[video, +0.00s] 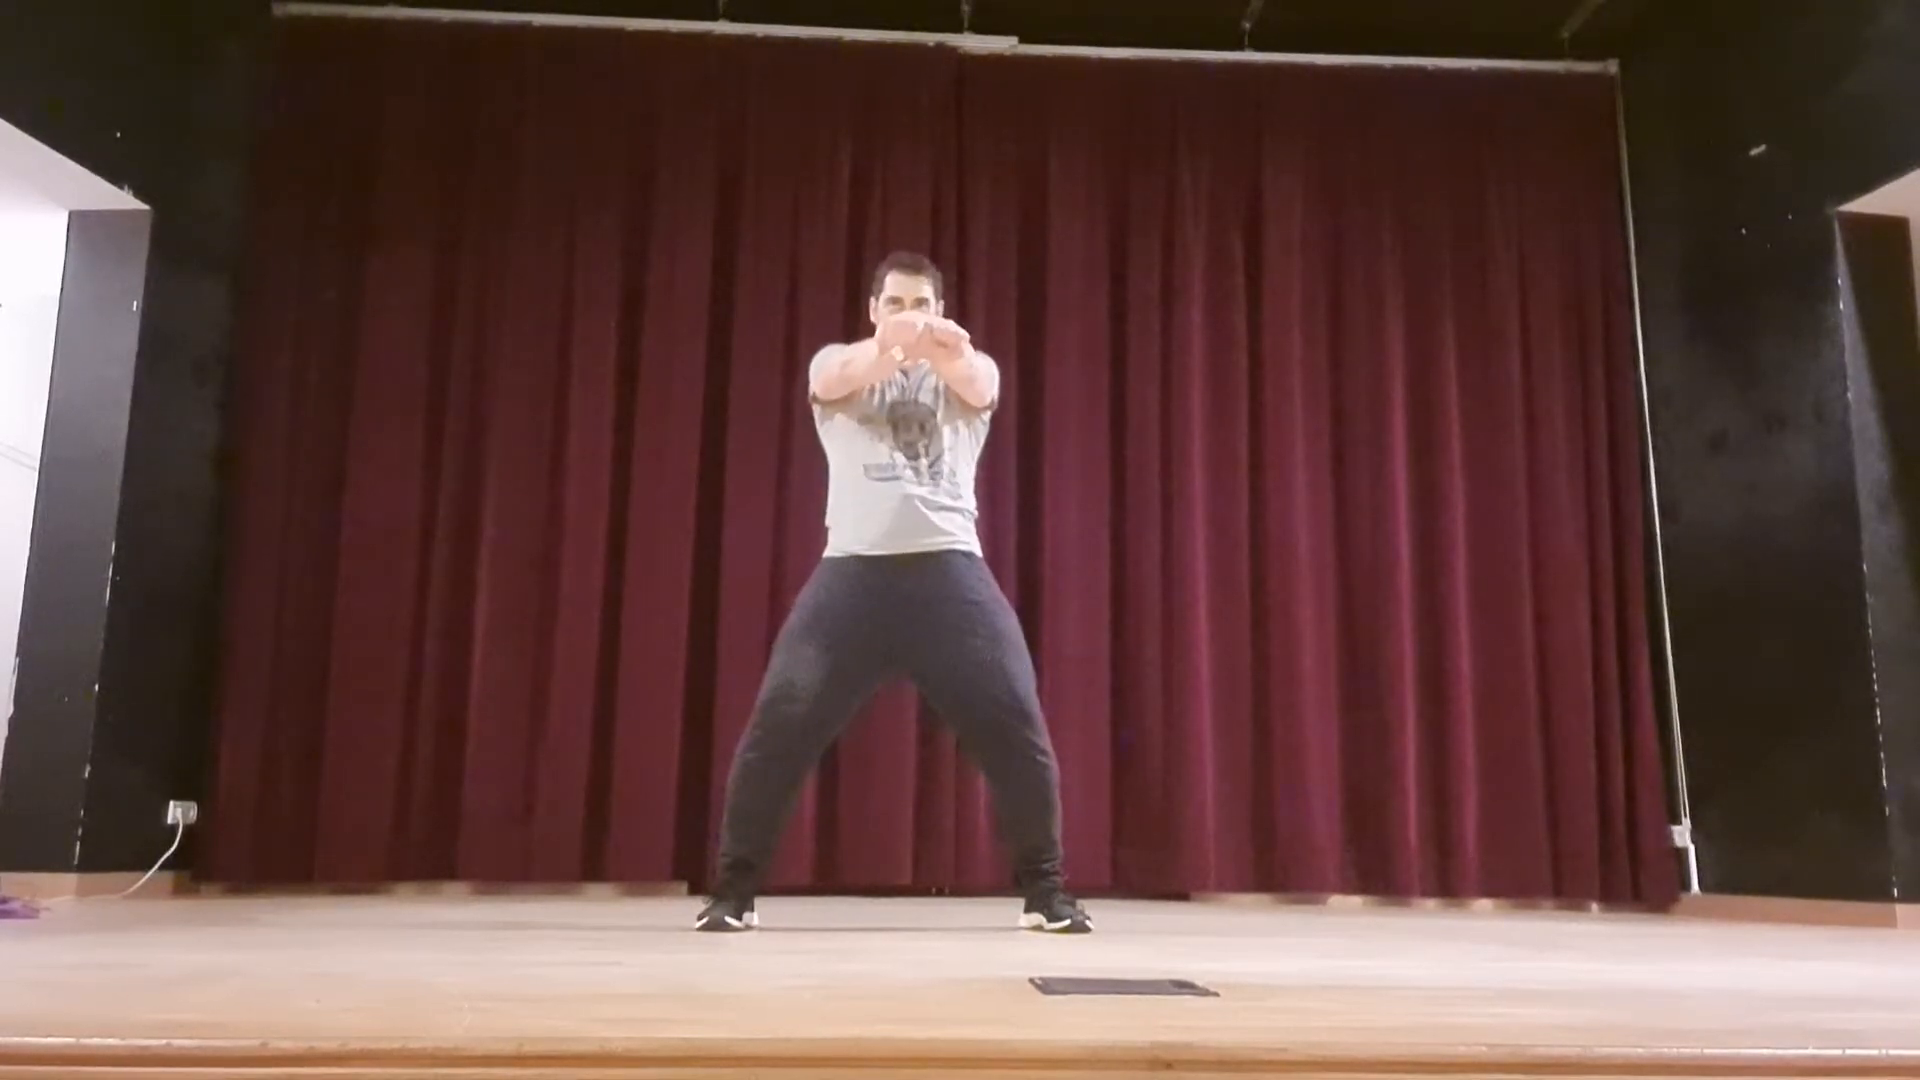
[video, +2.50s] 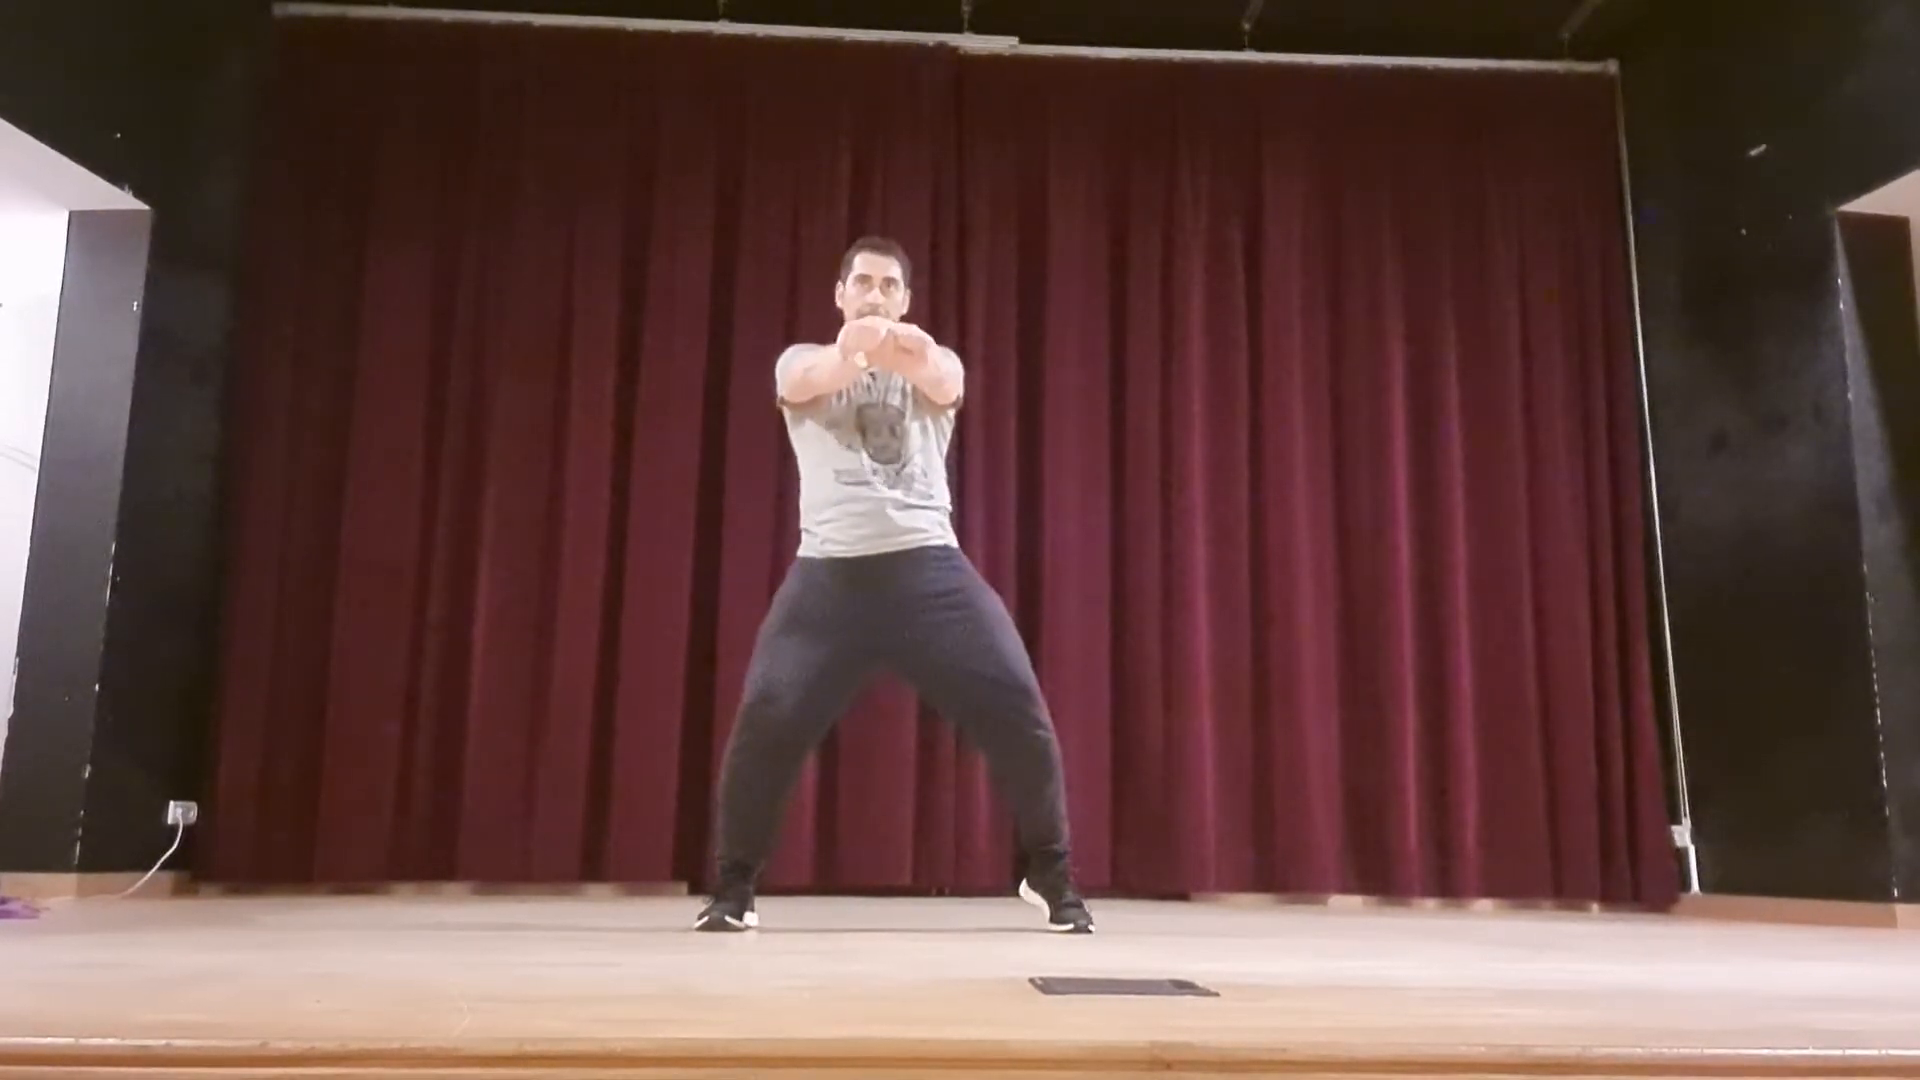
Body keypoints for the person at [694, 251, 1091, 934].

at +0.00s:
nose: (907, 315)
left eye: (920, 304)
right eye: (896, 303)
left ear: (939, 310)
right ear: (872, 308)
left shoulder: (973, 369)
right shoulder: (836, 361)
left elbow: (978, 392)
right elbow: (829, 385)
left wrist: (952, 357)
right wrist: (888, 351)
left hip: (950, 572)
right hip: (852, 572)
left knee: (1015, 721)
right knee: (783, 714)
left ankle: (1046, 891)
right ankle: (733, 893)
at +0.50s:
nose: (910, 310)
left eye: (923, 299)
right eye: (899, 298)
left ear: (942, 307)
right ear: (874, 305)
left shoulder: (972, 368)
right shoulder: (840, 361)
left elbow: (979, 389)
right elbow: (831, 385)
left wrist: (954, 356)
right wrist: (888, 353)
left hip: (951, 574)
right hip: (852, 573)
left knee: (1018, 725)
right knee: (781, 719)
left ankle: (1046, 889)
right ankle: (733, 891)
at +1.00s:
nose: (914, 302)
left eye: (926, 293)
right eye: (902, 291)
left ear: (945, 307)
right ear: (877, 304)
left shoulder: (973, 372)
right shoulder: (845, 363)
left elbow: (981, 394)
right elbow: (835, 388)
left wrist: (955, 356)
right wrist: (890, 355)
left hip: (954, 573)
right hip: (855, 573)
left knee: (1017, 727)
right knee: (784, 719)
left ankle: (1046, 890)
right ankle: (734, 892)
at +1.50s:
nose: (908, 305)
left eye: (921, 296)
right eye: (896, 294)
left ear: (939, 308)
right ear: (872, 305)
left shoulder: (966, 374)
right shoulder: (840, 366)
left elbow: (975, 401)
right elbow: (829, 392)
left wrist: (949, 360)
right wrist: (889, 361)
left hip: (952, 574)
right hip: (852, 575)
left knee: (1017, 727)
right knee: (783, 722)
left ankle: (1045, 891)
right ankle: (734, 894)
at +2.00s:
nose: (898, 297)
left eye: (911, 289)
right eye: (885, 286)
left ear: (929, 304)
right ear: (862, 298)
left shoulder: (952, 366)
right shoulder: (827, 358)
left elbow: (964, 391)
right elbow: (819, 383)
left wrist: (939, 346)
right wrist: (880, 349)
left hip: (941, 568)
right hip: (841, 572)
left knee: (1020, 716)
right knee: (778, 717)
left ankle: (1043, 879)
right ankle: (734, 890)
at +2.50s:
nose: (875, 295)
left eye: (888, 286)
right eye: (864, 283)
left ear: (907, 300)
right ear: (839, 293)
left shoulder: (932, 359)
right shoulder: (802, 360)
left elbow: (947, 388)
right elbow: (803, 384)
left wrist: (913, 358)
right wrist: (852, 357)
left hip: (930, 571)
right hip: (827, 578)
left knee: (1020, 711)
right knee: (767, 712)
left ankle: (1048, 869)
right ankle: (733, 889)